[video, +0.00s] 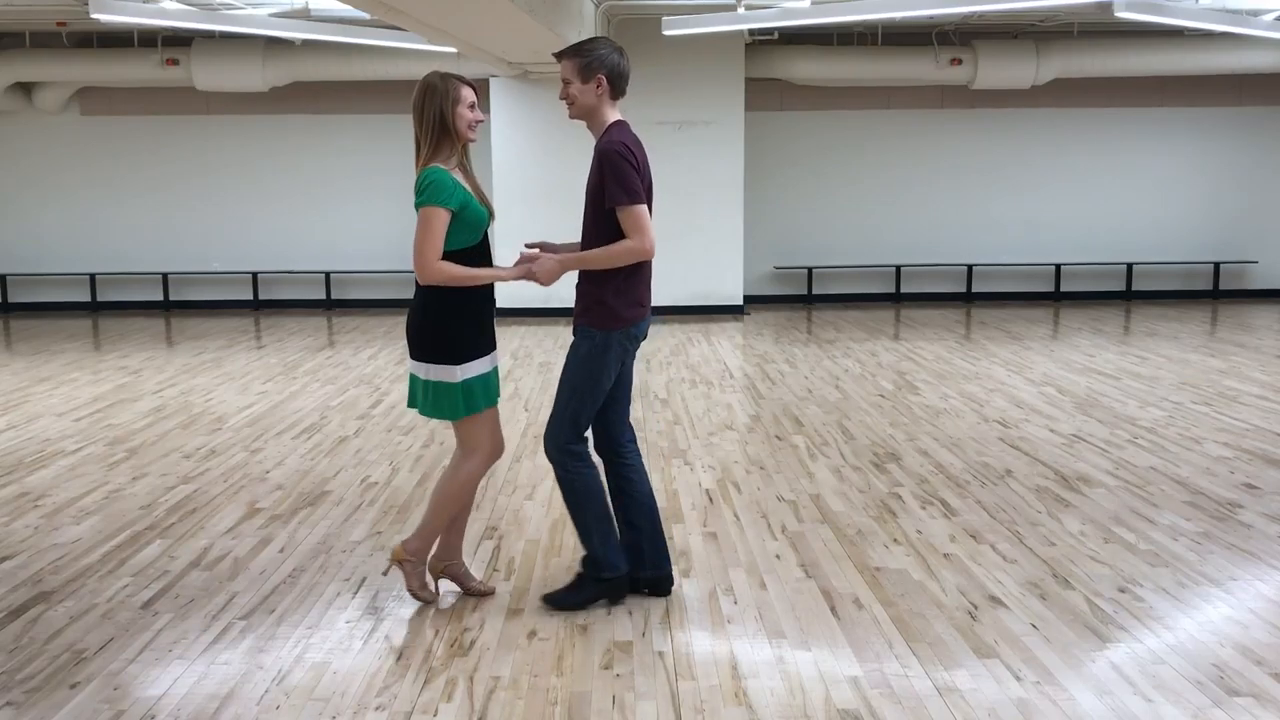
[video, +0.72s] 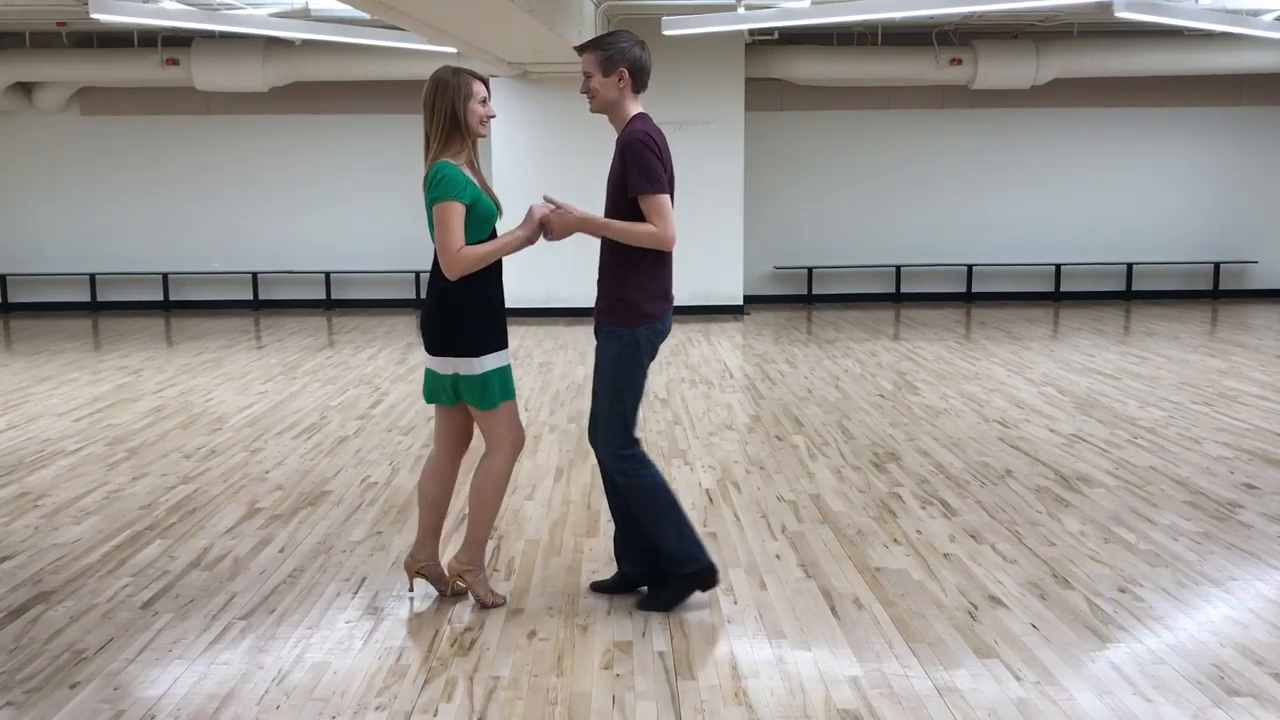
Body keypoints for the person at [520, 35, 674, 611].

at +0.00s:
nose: (562, 95)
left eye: (568, 84)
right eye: (561, 84)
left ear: (599, 84)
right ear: (601, 86)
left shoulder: (616, 148)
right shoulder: (617, 143)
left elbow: (641, 244)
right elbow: (616, 240)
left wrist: (562, 264)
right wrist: (555, 252)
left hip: (607, 322)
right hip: (619, 318)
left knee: (564, 440)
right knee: (615, 437)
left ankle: (605, 568)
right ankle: (651, 569)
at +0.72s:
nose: (582, 89)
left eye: (588, 78)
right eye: (582, 79)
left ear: (621, 78)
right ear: (619, 81)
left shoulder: (639, 139)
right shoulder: (633, 136)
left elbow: (663, 234)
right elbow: (640, 228)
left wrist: (581, 221)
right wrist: (577, 220)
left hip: (634, 319)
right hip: (624, 316)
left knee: (614, 442)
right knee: (609, 438)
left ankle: (687, 566)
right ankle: (639, 566)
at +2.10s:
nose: (573, 85)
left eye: (580, 74)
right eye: (573, 75)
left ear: (612, 77)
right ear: (612, 79)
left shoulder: (628, 139)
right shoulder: (625, 136)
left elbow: (648, 240)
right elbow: (626, 233)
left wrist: (574, 235)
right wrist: (568, 234)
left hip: (622, 318)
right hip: (615, 315)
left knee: (600, 446)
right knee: (607, 443)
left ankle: (678, 556)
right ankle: (630, 566)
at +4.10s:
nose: (606, 87)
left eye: (612, 76)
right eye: (606, 77)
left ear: (645, 79)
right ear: (643, 81)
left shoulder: (663, 140)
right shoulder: (658, 136)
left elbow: (690, 235)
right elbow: (673, 231)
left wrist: (610, 227)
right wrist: (609, 223)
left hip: (678, 323)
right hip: (658, 320)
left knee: (674, 445)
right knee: (631, 433)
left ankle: (715, 576)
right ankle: (710, 545)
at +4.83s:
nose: (542, 81)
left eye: (549, 72)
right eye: (542, 72)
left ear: (579, 75)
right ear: (583, 76)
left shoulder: (595, 139)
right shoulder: (603, 135)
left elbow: (601, 237)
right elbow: (593, 237)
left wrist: (523, 243)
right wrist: (520, 243)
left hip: (587, 319)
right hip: (603, 315)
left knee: (549, 444)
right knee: (588, 436)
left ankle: (559, 584)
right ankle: (632, 563)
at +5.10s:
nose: (547, 88)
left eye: (554, 78)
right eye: (547, 78)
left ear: (587, 80)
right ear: (585, 83)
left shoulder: (605, 139)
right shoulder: (610, 136)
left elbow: (620, 234)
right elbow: (616, 234)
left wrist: (538, 230)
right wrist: (542, 236)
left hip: (601, 315)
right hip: (622, 311)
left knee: (553, 436)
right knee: (617, 430)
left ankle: (562, 578)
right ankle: (676, 554)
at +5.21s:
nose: (553, 90)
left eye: (561, 80)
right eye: (553, 80)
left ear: (594, 82)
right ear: (591, 85)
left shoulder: (613, 138)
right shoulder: (613, 135)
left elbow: (635, 227)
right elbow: (621, 226)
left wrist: (553, 218)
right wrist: (550, 219)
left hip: (609, 315)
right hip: (633, 312)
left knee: (554, 427)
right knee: (628, 430)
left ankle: (574, 566)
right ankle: (678, 558)